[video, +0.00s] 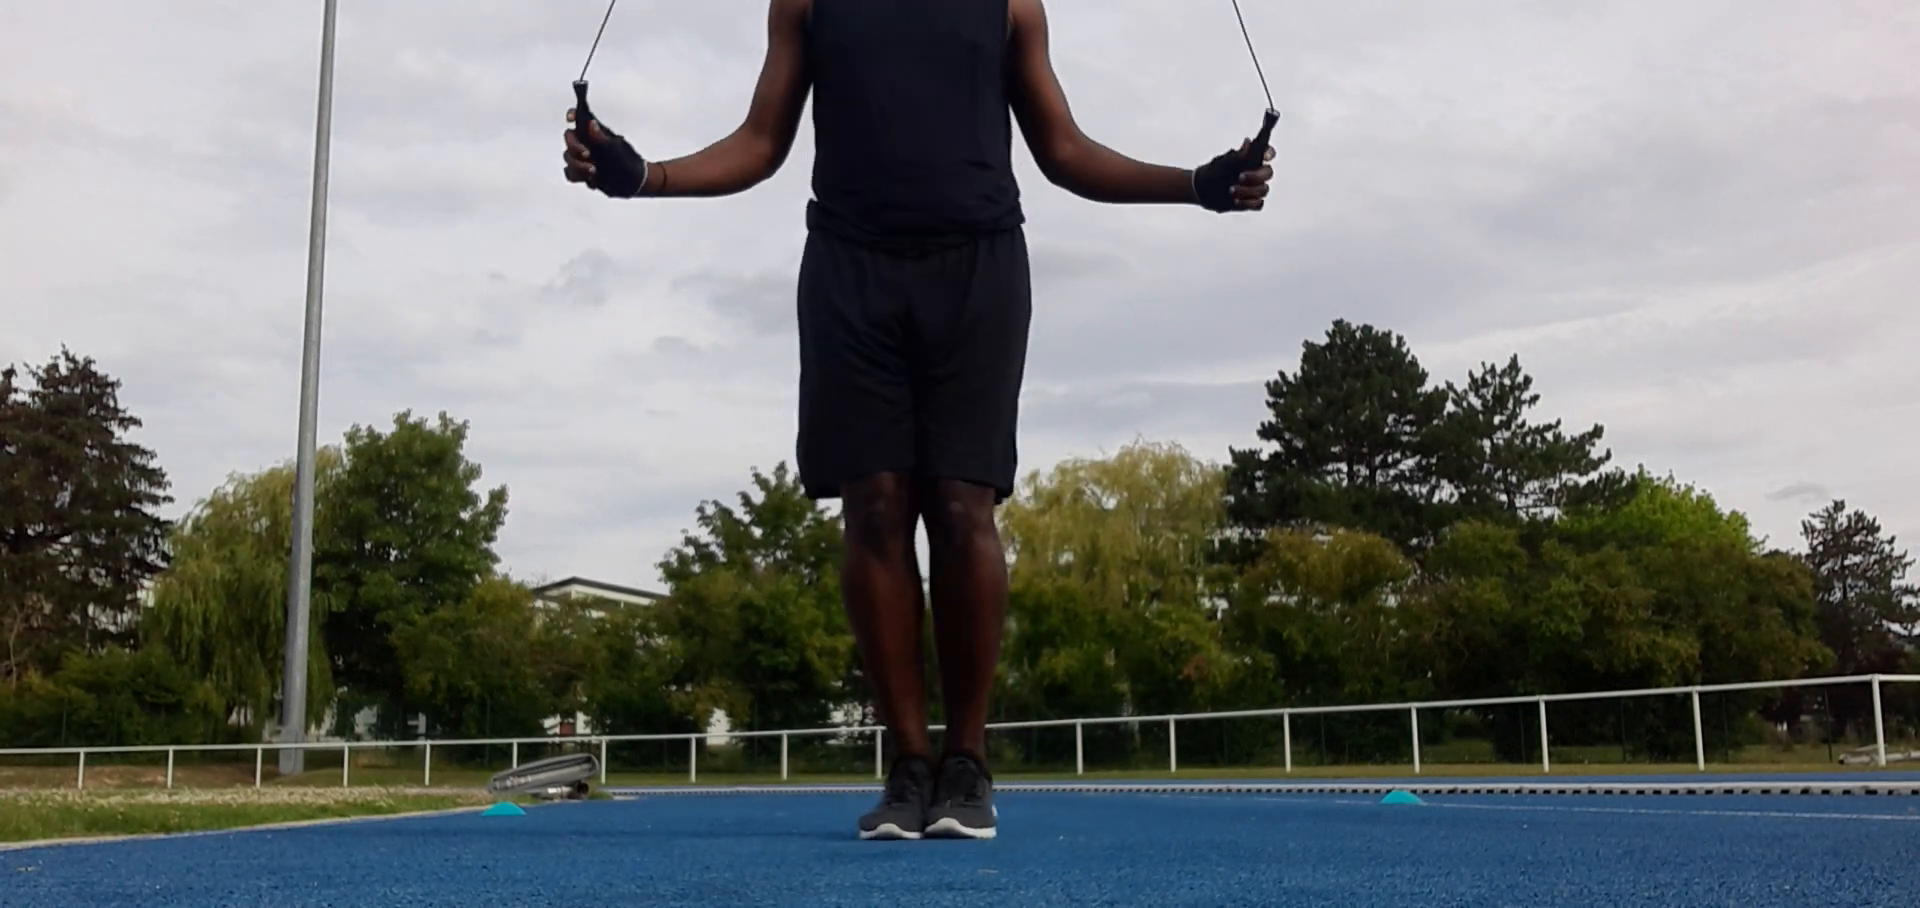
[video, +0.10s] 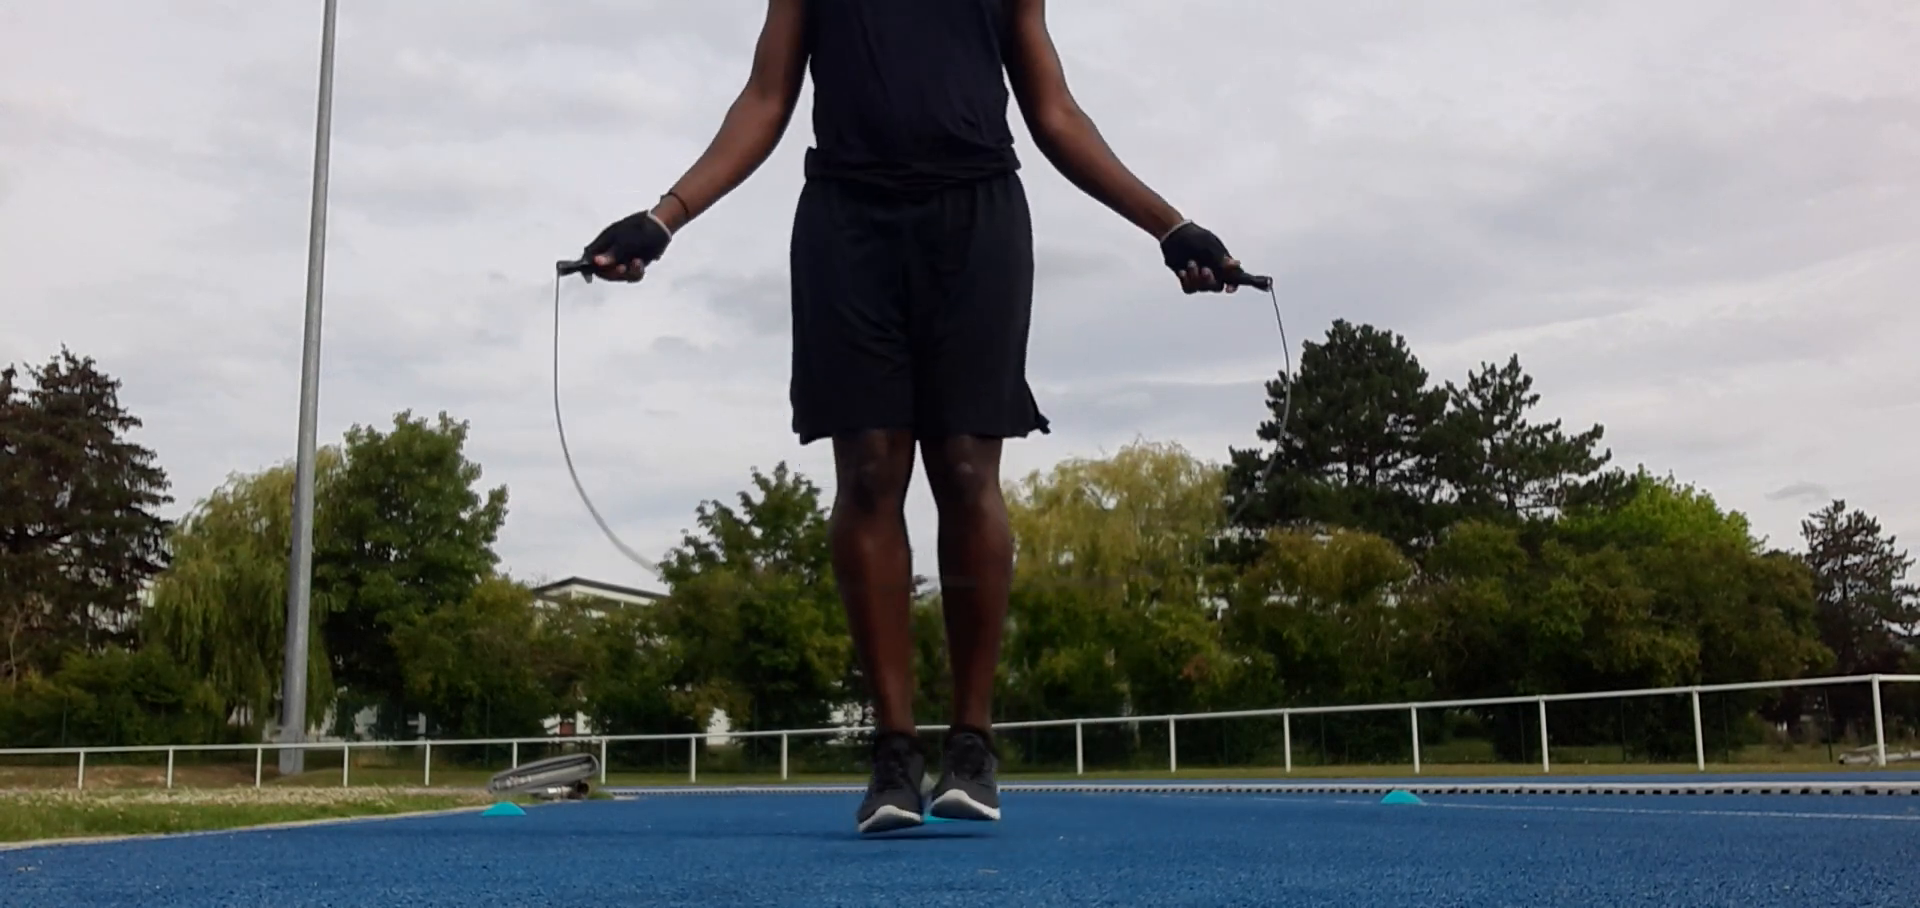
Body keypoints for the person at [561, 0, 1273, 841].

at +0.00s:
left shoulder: (1008, 9)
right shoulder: (805, 8)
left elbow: (1066, 151)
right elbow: (760, 140)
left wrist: (1197, 182)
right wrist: (644, 174)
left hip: (977, 264)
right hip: (851, 264)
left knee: (961, 507)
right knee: (875, 507)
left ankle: (966, 768)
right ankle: (909, 772)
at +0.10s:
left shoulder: (1006, 3)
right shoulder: (803, 2)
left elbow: (1055, 113)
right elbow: (765, 97)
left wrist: (1170, 224)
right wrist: (661, 216)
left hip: (976, 214)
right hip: (847, 218)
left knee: (965, 469)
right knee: (868, 469)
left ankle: (971, 744)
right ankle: (896, 754)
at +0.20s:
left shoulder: (1008, 7)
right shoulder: (806, 4)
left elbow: (1044, 124)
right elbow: (772, 108)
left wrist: (1184, 196)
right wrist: (654, 196)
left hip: (976, 215)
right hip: (847, 217)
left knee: (957, 472)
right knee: (872, 472)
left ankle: (956, 746)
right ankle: (887, 751)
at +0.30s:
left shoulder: (1004, 13)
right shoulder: (804, 11)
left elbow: (1060, 164)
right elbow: (757, 151)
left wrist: (1206, 167)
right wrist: (630, 168)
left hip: (974, 260)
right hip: (846, 260)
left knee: (950, 514)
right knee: (870, 510)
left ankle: (944, 773)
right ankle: (890, 774)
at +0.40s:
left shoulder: (1005, 9)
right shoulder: (801, 9)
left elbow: (1057, 149)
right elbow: (757, 134)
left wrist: (1190, 194)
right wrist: (649, 181)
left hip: (970, 256)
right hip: (847, 256)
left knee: (953, 502)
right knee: (865, 499)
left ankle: (945, 760)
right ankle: (888, 765)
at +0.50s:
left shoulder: (1006, 5)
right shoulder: (801, 4)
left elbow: (1048, 119)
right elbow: (767, 97)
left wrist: (1166, 229)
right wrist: (667, 218)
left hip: (974, 216)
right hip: (847, 218)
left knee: (959, 467)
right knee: (865, 465)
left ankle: (959, 737)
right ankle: (883, 739)